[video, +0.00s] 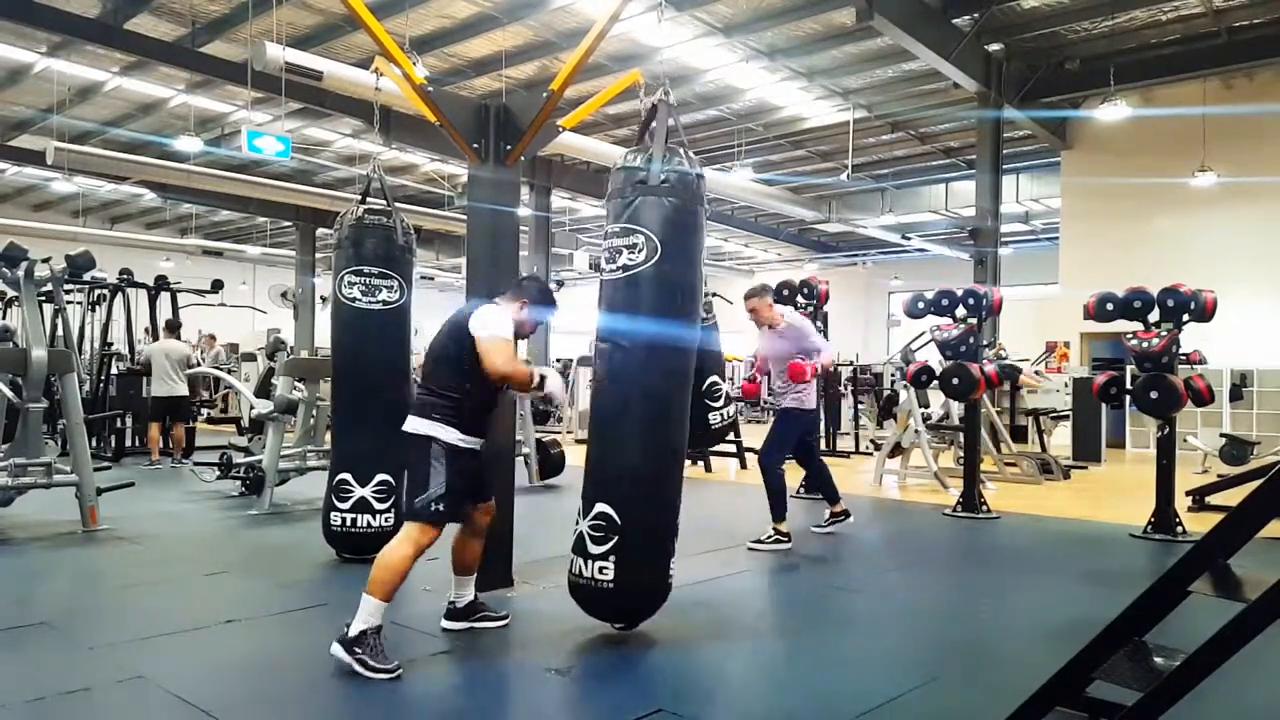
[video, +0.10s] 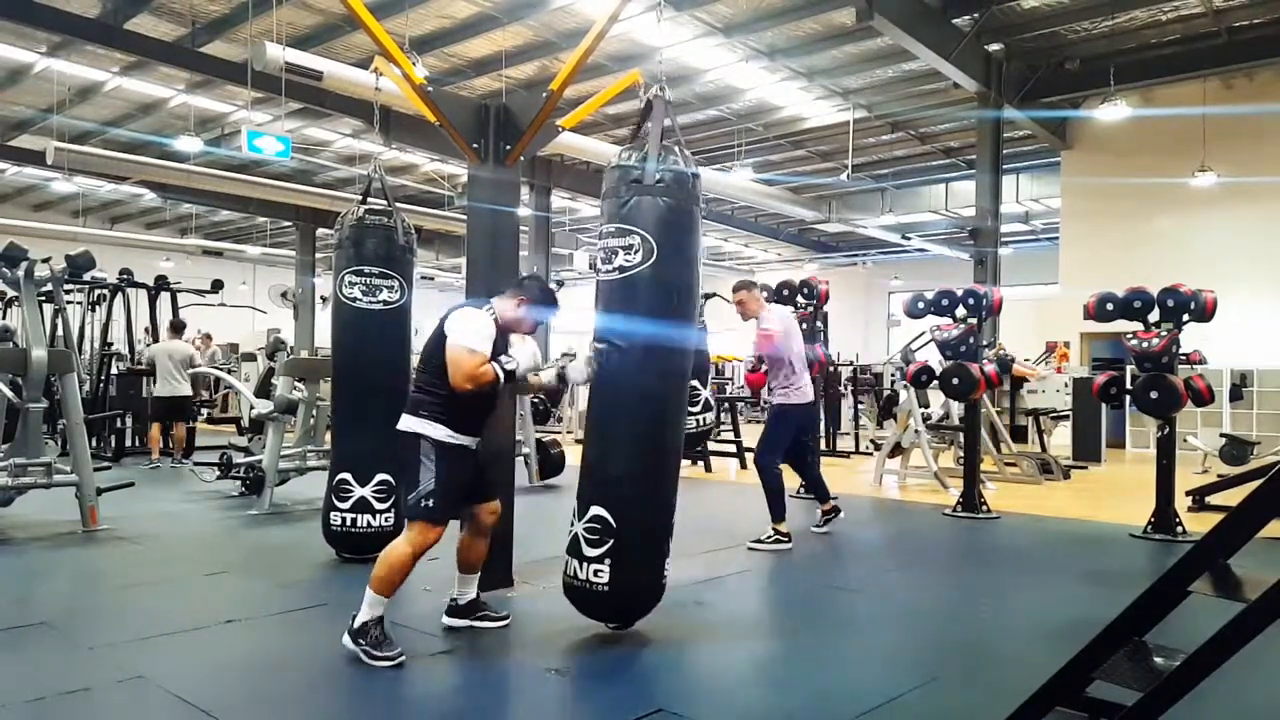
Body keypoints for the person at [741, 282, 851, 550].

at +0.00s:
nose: (751, 318)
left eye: (754, 312)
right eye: (749, 313)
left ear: (770, 306)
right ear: (759, 310)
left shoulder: (798, 325)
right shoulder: (765, 330)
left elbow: (828, 353)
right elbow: (765, 362)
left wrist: (813, 367)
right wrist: (758, 371)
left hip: (800, 405)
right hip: (790, 404)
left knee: (769, 459)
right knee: (808, 459)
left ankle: (780, 529)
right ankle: (838, 508)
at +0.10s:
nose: (738, 310)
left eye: (741, 303)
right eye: (735, 305)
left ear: (758, 297)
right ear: (757, 300)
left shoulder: (771, 317)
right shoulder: (781, 315)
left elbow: (769, 353)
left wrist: (755, 363)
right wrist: (760, 368)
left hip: (788, 402)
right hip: (802, 399)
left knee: (765, 459)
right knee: (797, 457)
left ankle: (780, 529)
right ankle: (828, 506)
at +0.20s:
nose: (732, 303)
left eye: (734, 296)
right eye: (730, 298)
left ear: (750, 289)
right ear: (752, 290)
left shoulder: (759, 309)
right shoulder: (776, 306)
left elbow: (738, 335)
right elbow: (788, 348)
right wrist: (761, 361)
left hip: (785, 397)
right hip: (797, 394)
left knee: (764, 459)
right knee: (780, 455)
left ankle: (779, 530)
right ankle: (809, 505)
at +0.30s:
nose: (727, 296)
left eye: (729, 290)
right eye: (725, 292)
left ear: (746, 285)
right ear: (745, 288)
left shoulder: (760, 305)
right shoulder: (766, 306)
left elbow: (759, 335)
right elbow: (774, 353)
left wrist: (723, 341)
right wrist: (752, 369)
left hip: (775, 390)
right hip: (785, 390)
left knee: (744, 451)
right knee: (770, 453)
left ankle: (772, 521)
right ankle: (790, 517)